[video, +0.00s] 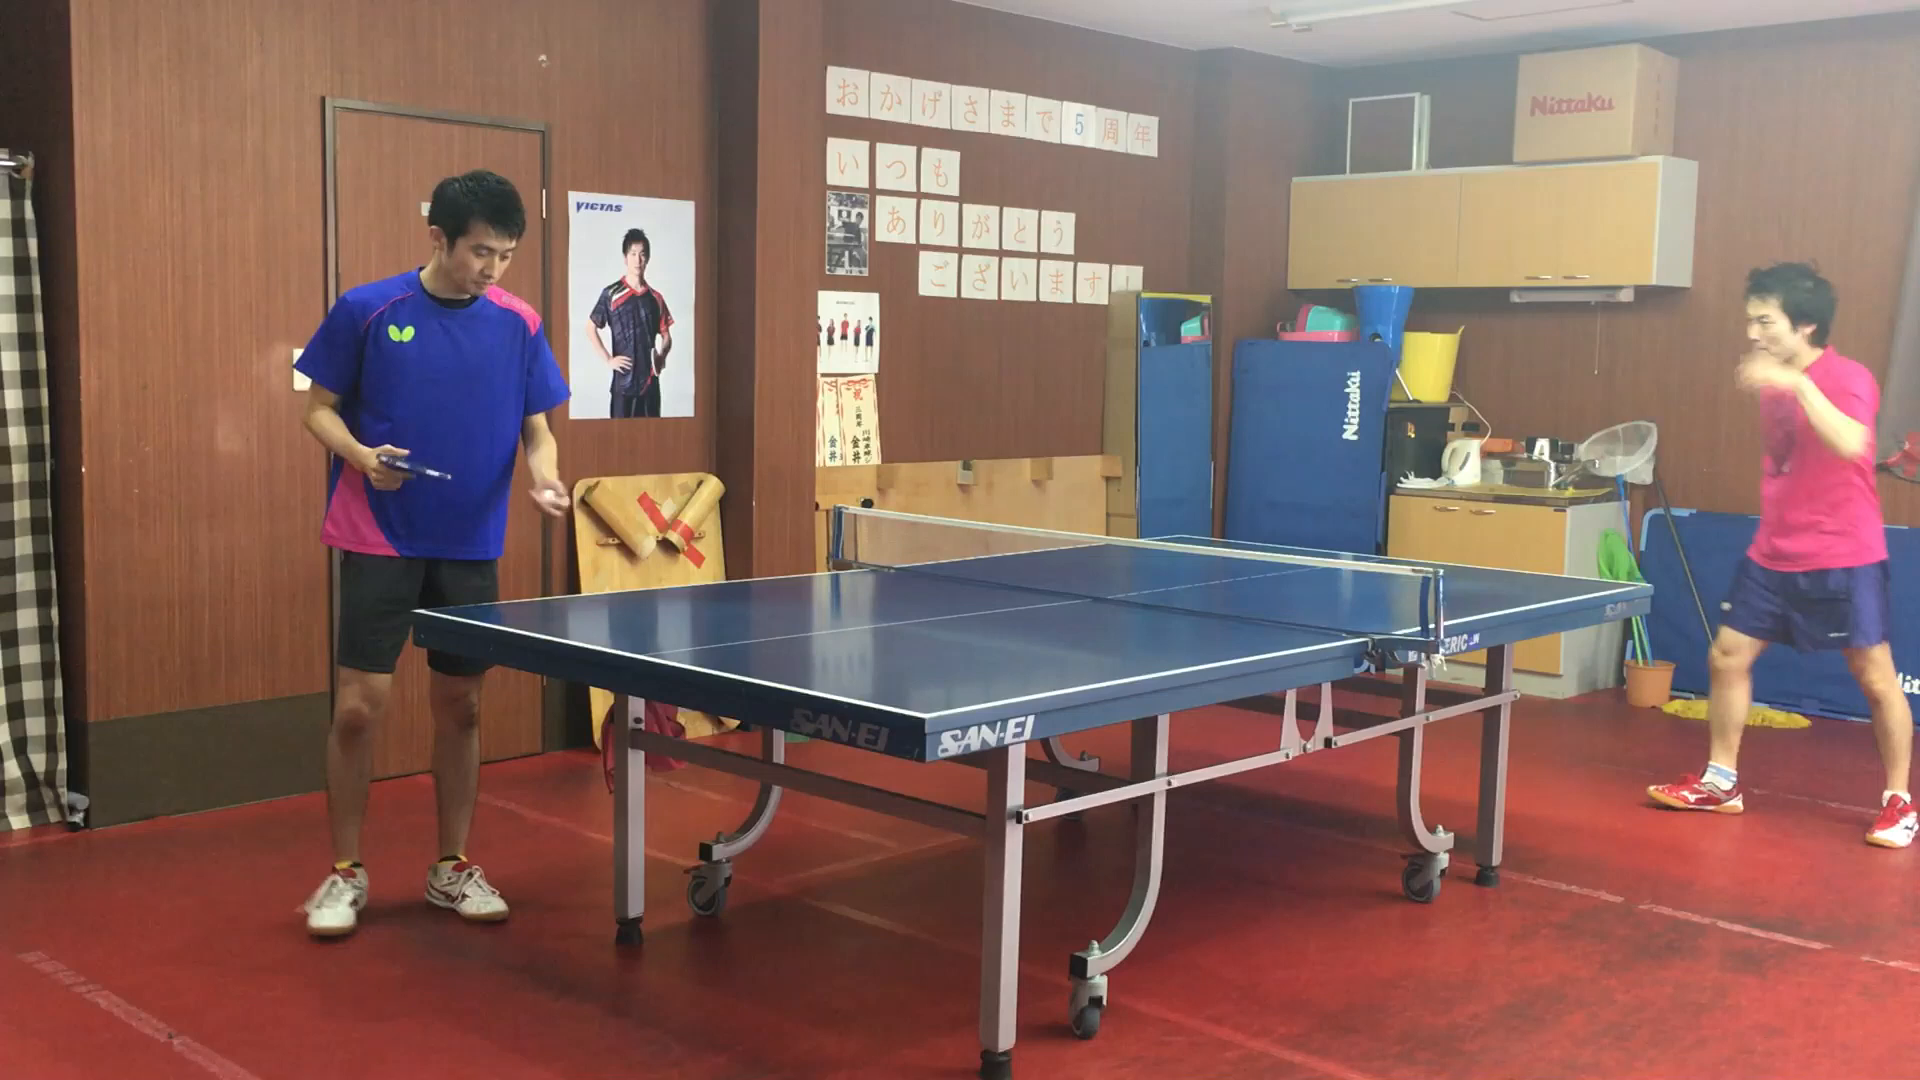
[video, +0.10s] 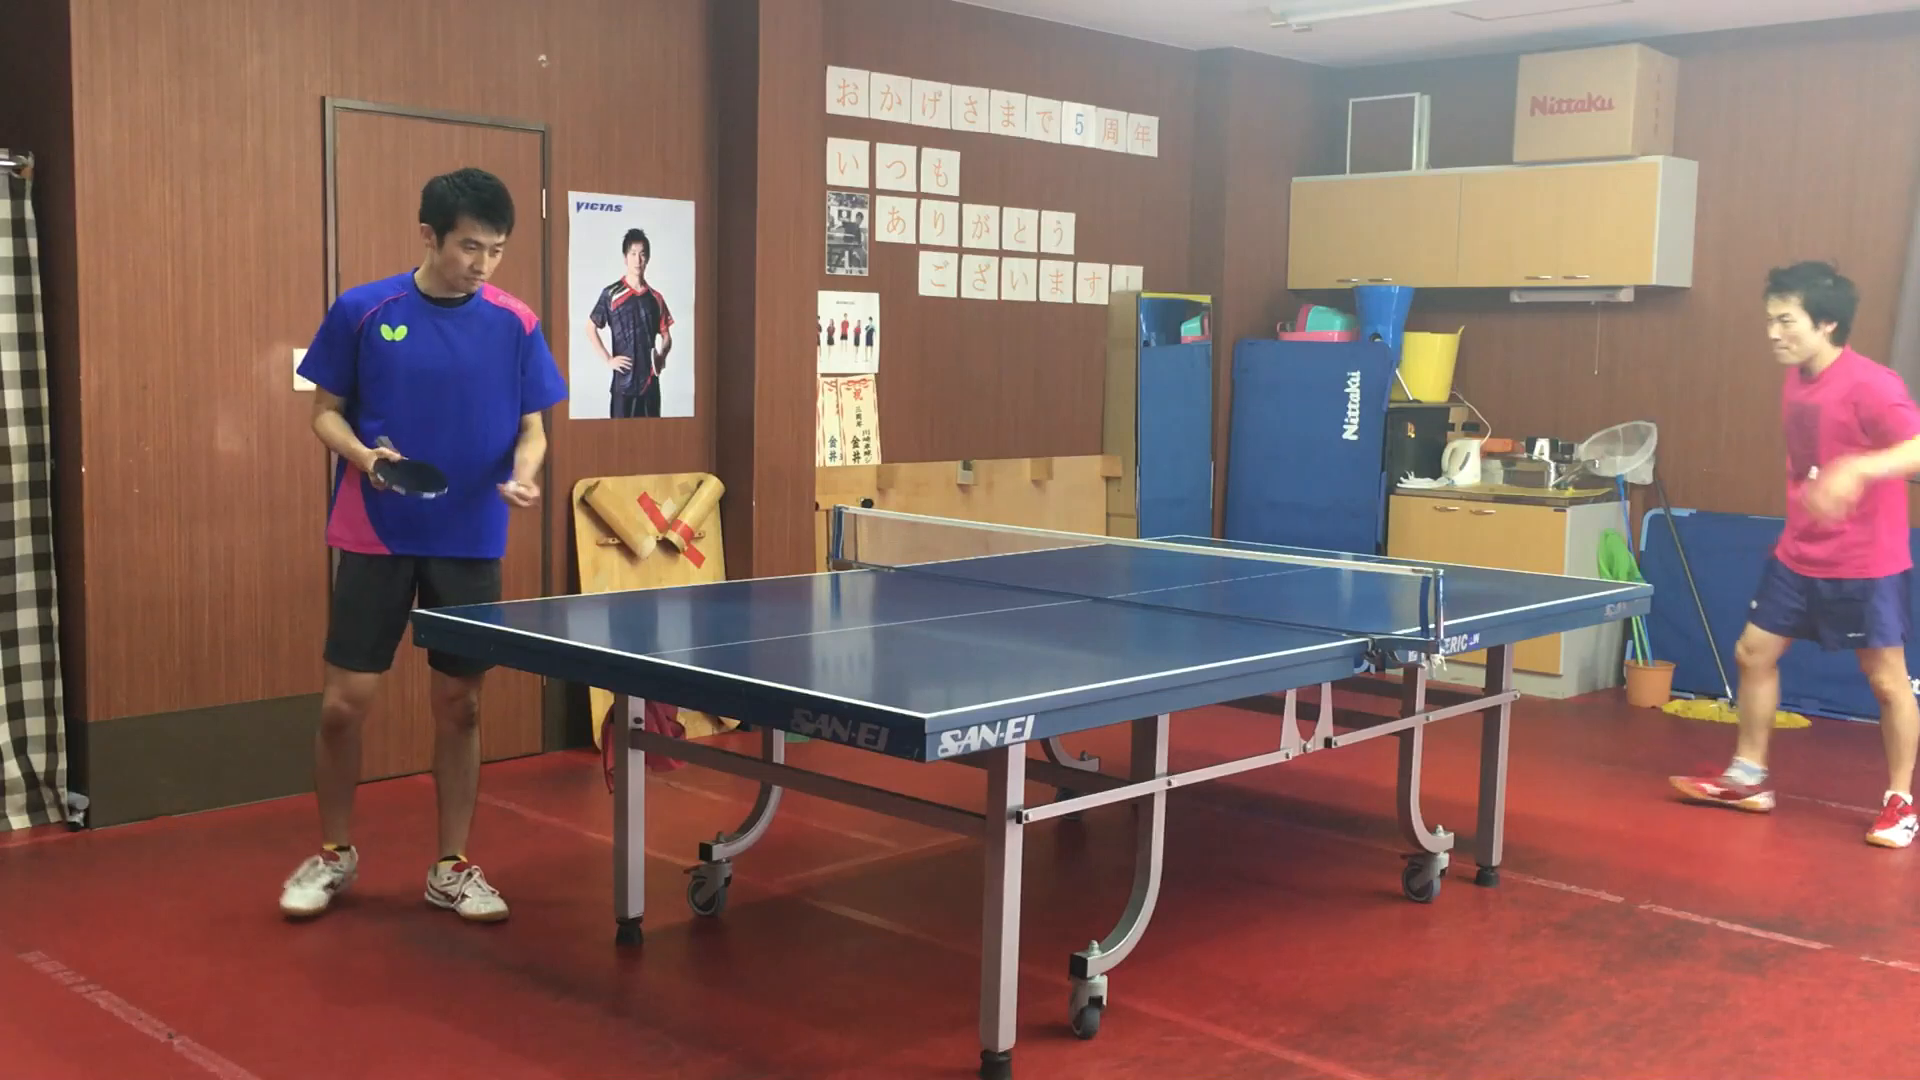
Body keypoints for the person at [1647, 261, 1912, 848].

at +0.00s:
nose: (1752, 332)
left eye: (1765, 320)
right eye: (1750, 320)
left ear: (1806, 325)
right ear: (1755, 324)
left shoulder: (1847, 377)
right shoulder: (1772, 382)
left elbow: (1853, 443)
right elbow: (1783, 465)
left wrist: (1797, 383)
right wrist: (1775, 535)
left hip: (1844, 556)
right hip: (1774, 551)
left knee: (1875, 675)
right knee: (1727, 657)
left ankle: (1899, 799)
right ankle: (1720, 782)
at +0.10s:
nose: (1773, 332)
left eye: (1787, 320)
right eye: (1770, 320)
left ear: (1828, 325)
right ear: (1769, 321)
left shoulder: (1872, 384)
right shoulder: (1797, 378)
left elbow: (1915, 450)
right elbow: (1819, 455)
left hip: (1866, 562)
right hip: (1798, 553)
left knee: (1888, 679)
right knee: (1754, 653)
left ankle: (1901, 796)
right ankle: (1747, 775)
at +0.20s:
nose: (1789, 332)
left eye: (1801, 320)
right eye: (1786, 321)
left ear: (1843, 325)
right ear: (1787, 323)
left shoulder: (1891, 389)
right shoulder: (1802, 381)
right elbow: (1807, 446)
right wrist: (1782, 507)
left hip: (1883, 561)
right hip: (1816, 554)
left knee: (1891, 676)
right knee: (1782, 655)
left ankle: (1902, 796)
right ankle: (1813, 773)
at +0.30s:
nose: (1802, 336)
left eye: (1815, 324)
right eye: (1798, 323)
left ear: (1856, 327)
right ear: (1796, 323)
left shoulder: (1900, 388)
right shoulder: (1805, 385)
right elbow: (1774, 449)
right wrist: (1739, 511)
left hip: (1893, 558)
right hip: (1826, 553)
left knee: (1894, 673)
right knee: (1813, 660)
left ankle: (1902, 799)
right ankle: (1837, 777)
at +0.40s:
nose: (1804, 337)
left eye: (1817, 325)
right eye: (1800, 325)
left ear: (1859, 329)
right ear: (1799, 327)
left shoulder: (1901, 388)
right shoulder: (1807, 394)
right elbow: (1767, 461)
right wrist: (1722, 525)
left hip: (1897, 558)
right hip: (1831, 552)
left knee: (1900, 677)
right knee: (1807, 658)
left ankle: (1904, 797)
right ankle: (1834, 774)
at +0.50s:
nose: (1798, 339)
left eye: (1812, 325)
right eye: (1794, 326)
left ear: (1853, 330)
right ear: (1793, 330)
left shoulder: (1897, 389)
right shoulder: (1801, 399)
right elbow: (1779, 470)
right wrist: (1741, 532)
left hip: (1895, 557)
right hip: (1826, 551)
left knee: (1897, 677)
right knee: (1794, 656)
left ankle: (1903, 799)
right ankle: (1804, 771)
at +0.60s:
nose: (1784, 338)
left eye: (1798, 326)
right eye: (1780, 326)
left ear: (1839, 332)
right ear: (1777, 330)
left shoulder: (1886, 388)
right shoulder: (1790, 403)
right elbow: (1789, 477)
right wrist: (1758, 535)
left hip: (1889, 558)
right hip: (1819, 553)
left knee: (1890, 677)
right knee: (1778, 654)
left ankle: (1901, 797)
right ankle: (1757, 768)